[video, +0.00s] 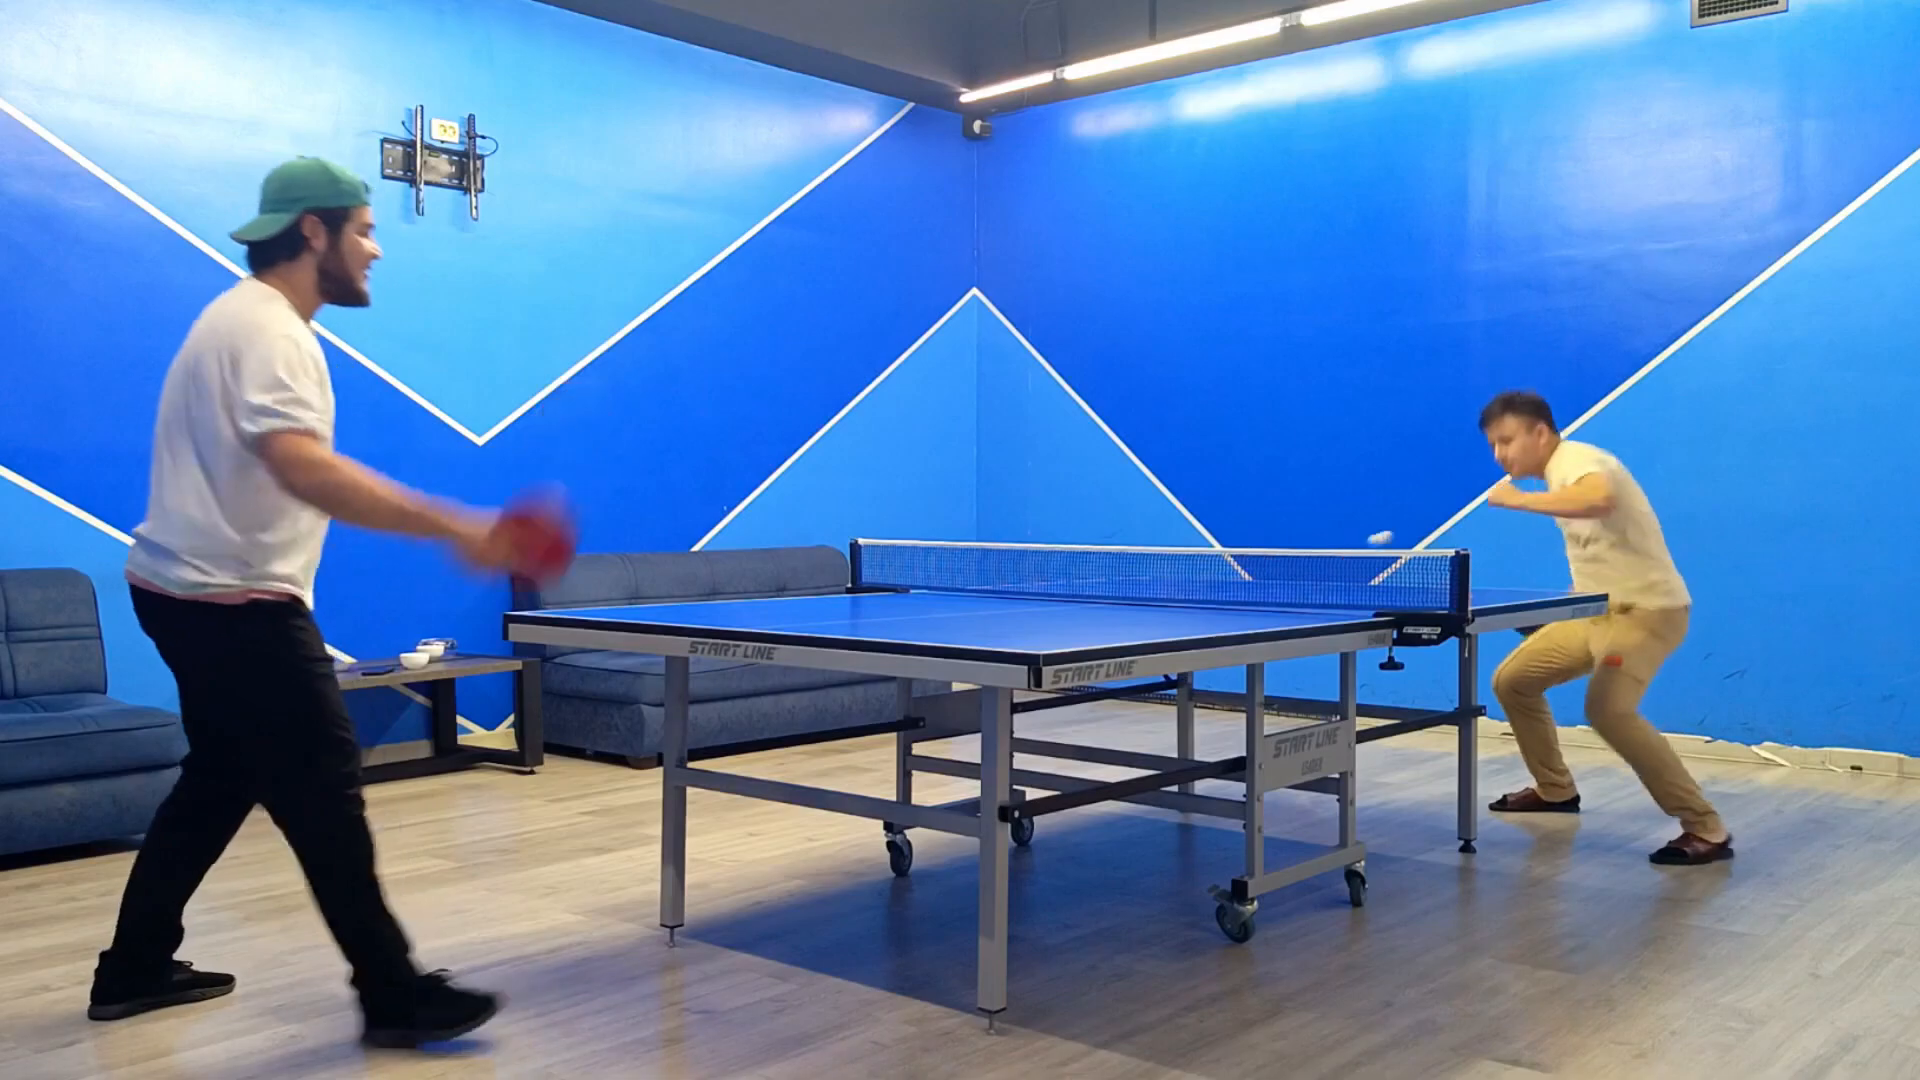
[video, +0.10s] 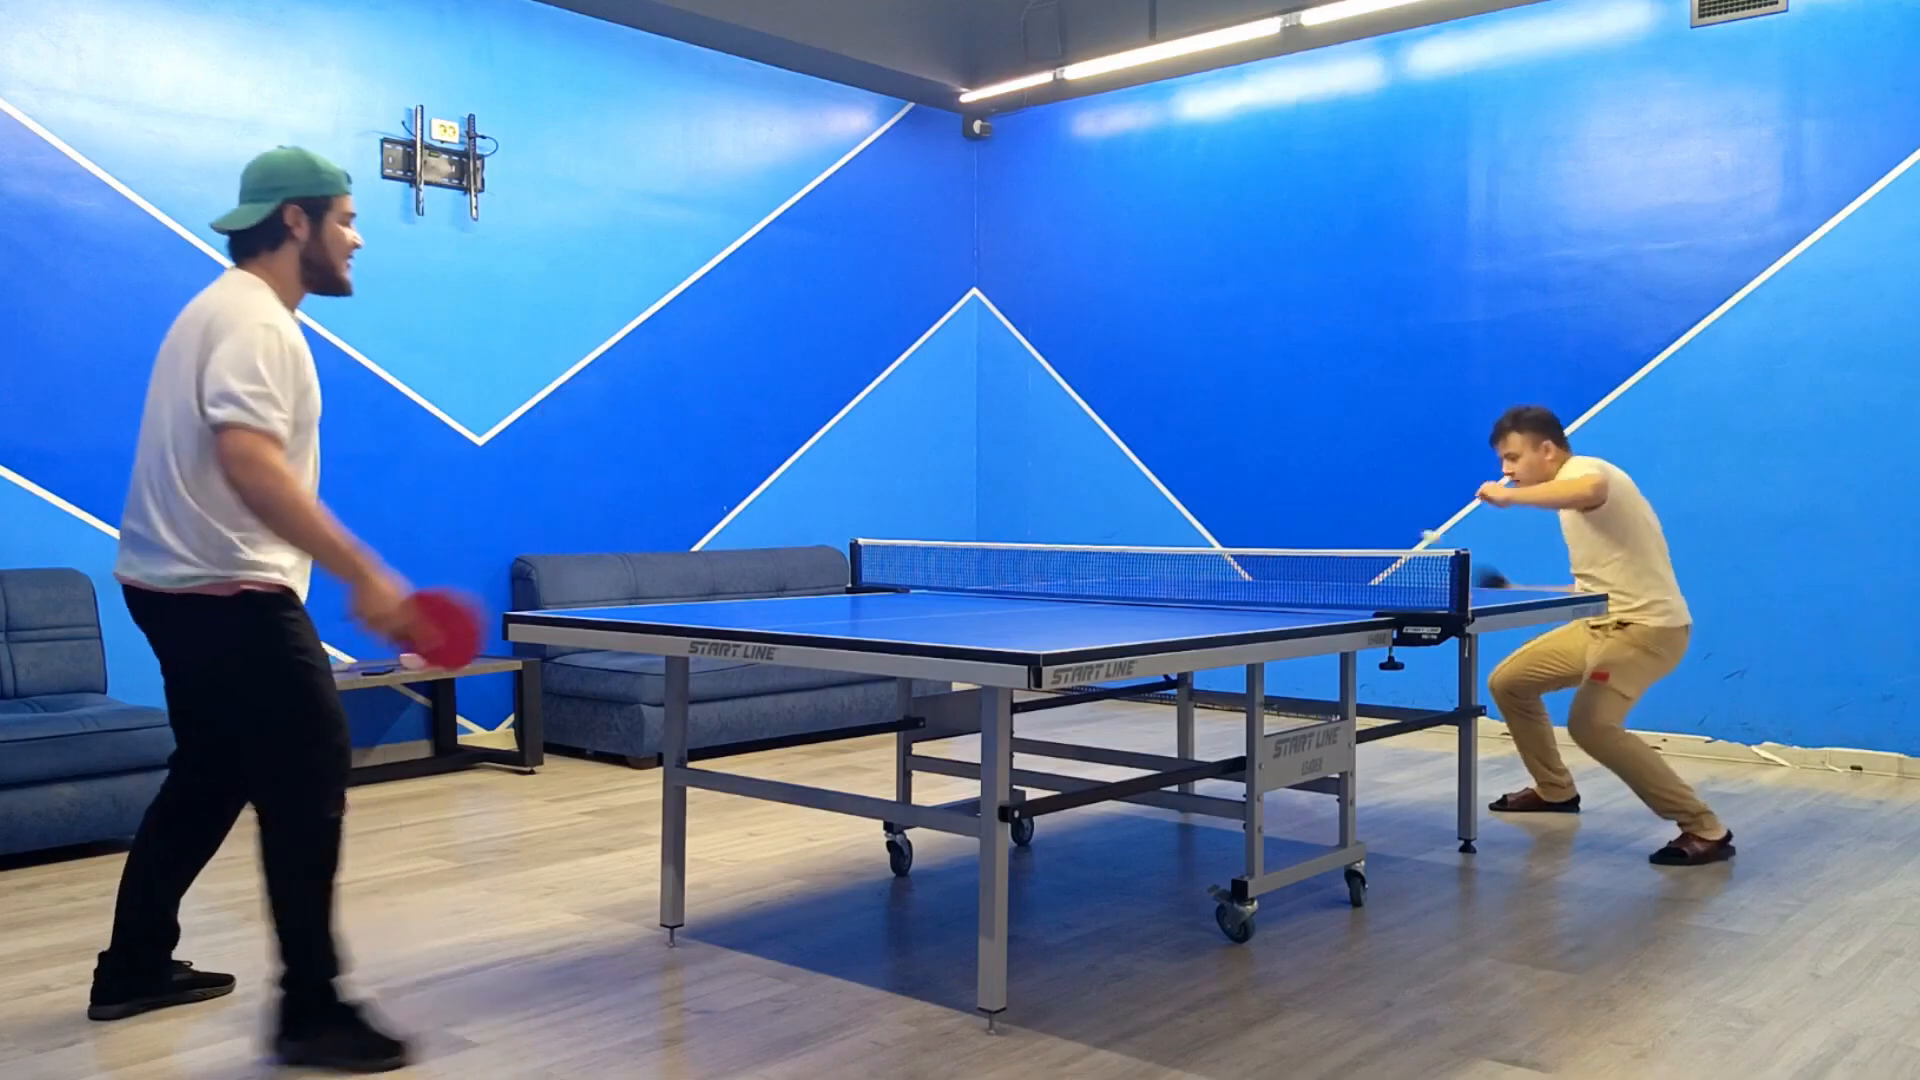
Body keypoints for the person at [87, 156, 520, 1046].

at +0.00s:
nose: (375, 250)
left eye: (373, 233)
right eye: (364, 233)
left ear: (299, 238)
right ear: (310, 236)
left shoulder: (238, 317)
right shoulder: (267, 331)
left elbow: (280, 470)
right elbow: (304, 468)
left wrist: (441, 520)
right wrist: (455, 525)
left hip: (192, 593)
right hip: (236, 601)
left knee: (223, 774)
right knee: (323, 784)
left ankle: (135, 964)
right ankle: (393, 991)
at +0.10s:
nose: (355, 239)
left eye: (352, 222)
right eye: (345, 222)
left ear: (287, 225)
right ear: (296, 223)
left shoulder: (217, 308)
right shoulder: (254, 319)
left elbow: (215, 465)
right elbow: (248, 460)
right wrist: (366, 573)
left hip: (179, 588)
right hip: (230, 592)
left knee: (212, 769)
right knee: (309, 761)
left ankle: (135, 965)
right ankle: (311, 1008)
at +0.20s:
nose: (362, 237)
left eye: (360, 221)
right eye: (350, 219)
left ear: (290, 224)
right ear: (303, 221)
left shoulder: (231, 306)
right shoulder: (263, 317)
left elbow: (213, 470)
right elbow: (228, 462)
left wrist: (315, 601)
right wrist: (323, 589)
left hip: (194, 589)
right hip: (235, 593)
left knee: (222, 768)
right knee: (312, 770)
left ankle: (151, 959)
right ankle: (257, 1008)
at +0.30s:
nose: (455, 260)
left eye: (453, 244)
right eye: (444, 243)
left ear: (388, 248)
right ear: (399, 244)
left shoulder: (334, 326)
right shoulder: (359, 336)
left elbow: (315, 478)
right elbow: (322, 474)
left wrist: (385, 589)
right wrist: (390, 596)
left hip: (299, 592)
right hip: (328, 594)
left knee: (329, 755)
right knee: (417, 753)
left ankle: (259, 941)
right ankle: (358, 985)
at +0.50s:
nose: (523, 289)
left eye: (522, 272)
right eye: (513, 272)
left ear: (461, 277)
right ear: (462, 275)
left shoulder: (435, 363)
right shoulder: (410, 365)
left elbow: (436, 507)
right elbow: (368, 504)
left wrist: (502, 588)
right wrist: (434, 633)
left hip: (388, 614)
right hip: (387, 619)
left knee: (409, 764)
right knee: (490, 768)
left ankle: (324, 935)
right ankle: (483, 1006)